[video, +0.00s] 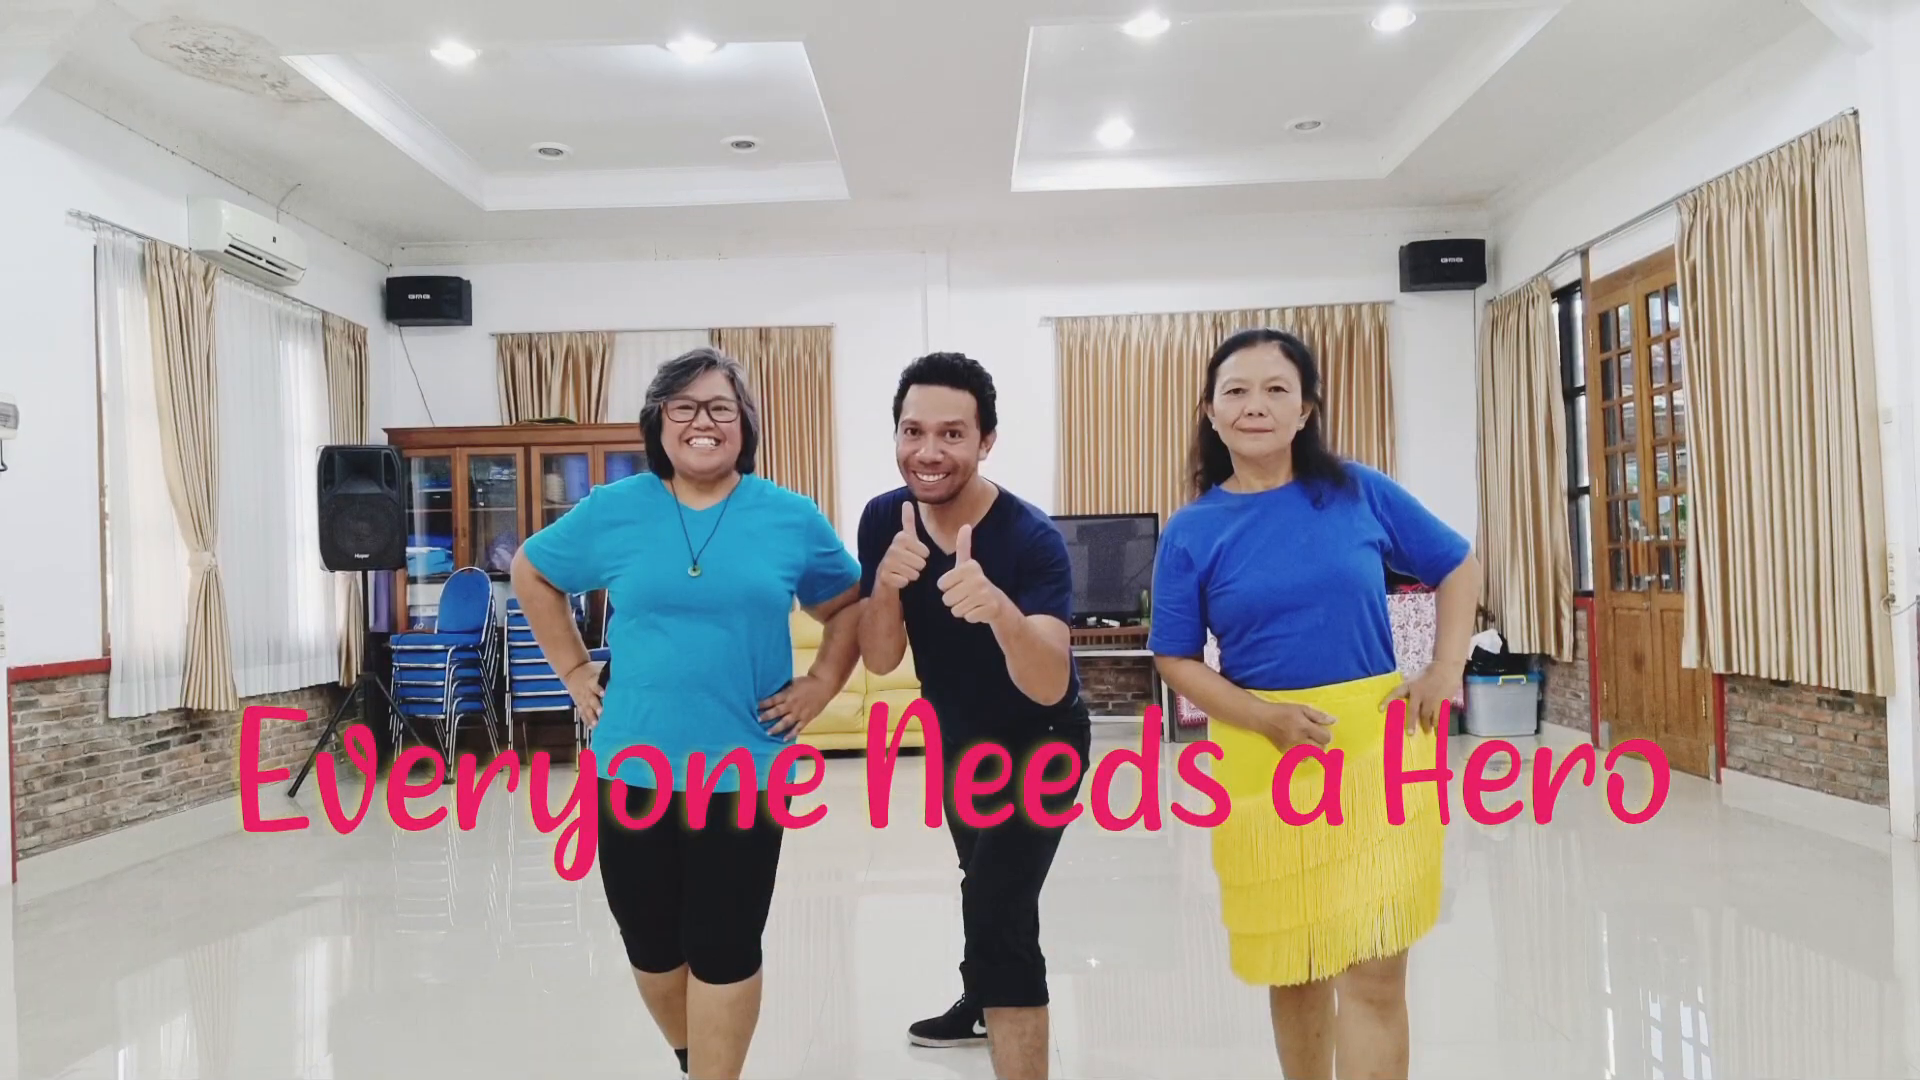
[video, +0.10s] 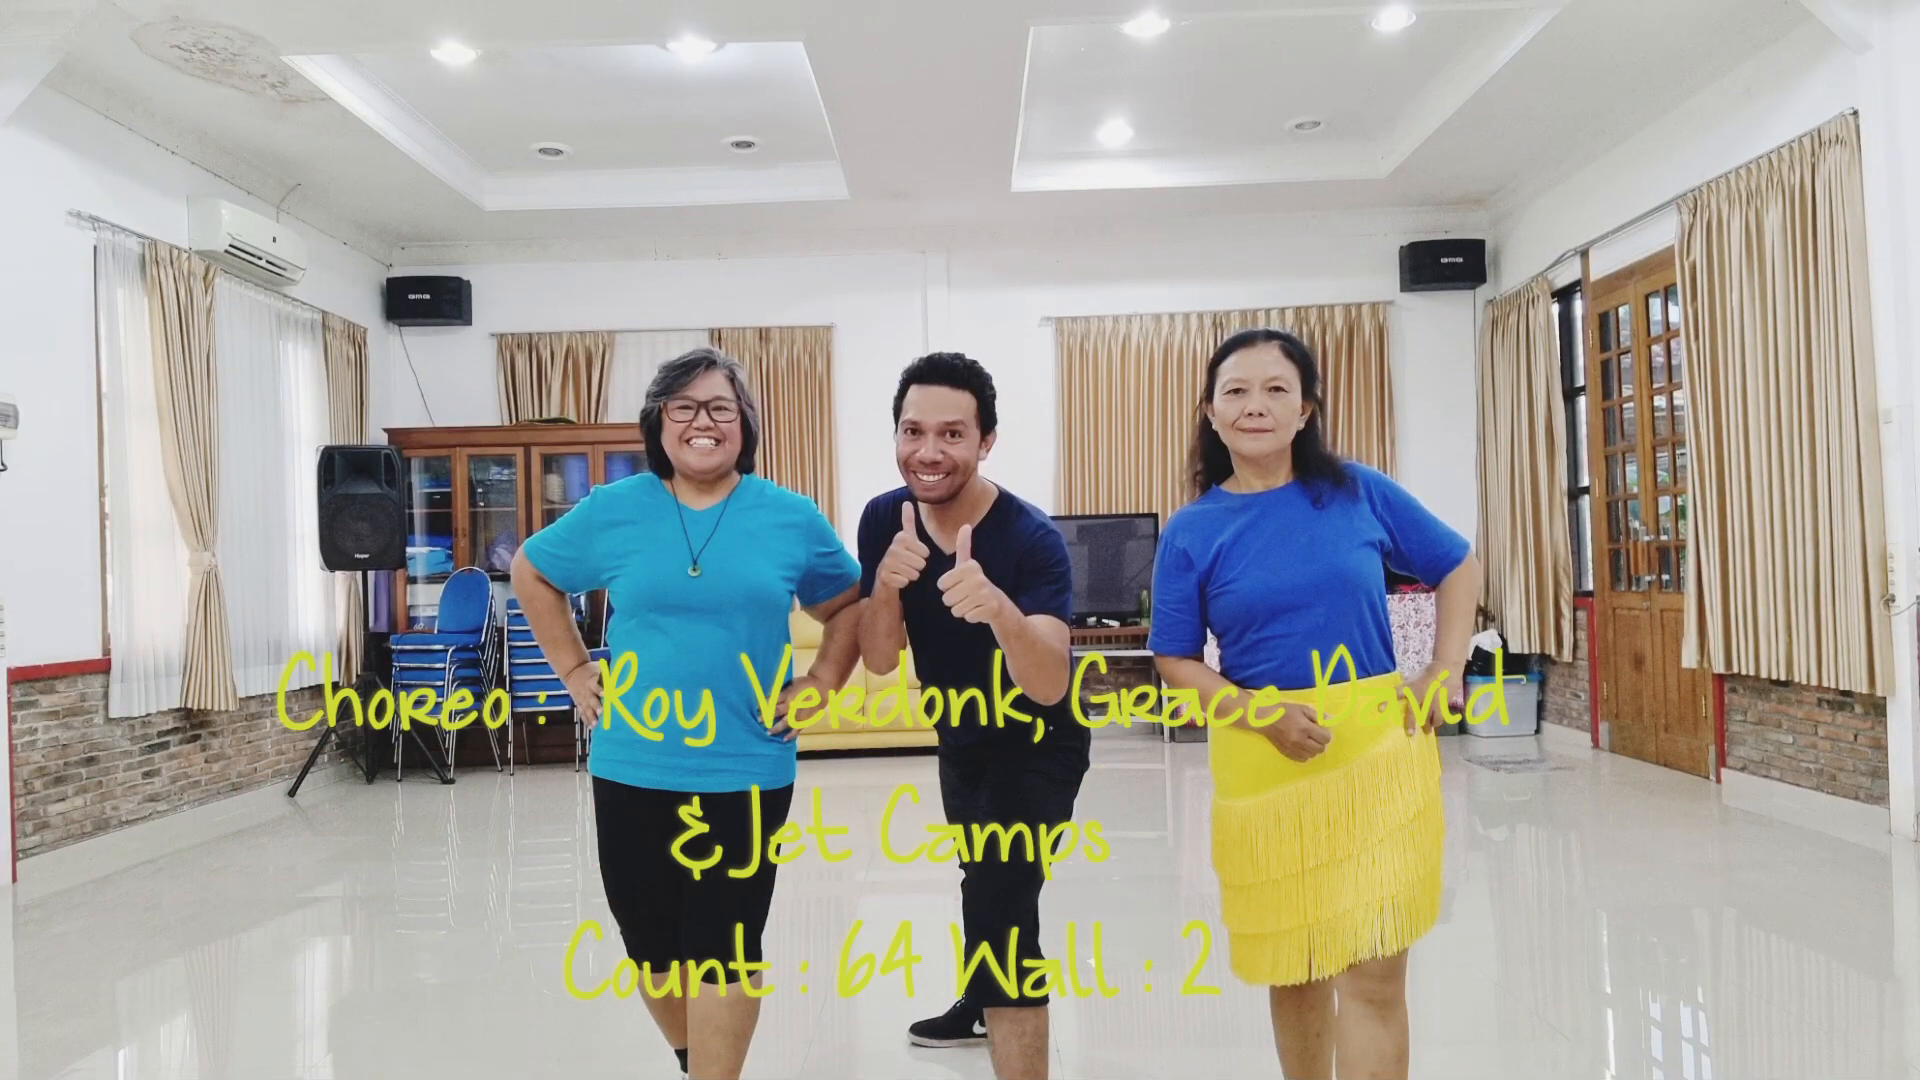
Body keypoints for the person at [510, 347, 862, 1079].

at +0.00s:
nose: (703, 421)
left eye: (720, 408)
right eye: (686, 408)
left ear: (746, 427)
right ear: (659, 425)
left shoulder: (790, 518)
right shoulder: (614, 510)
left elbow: (848, 608)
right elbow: (530, 570)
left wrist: (821, 683)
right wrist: (575, 670)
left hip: (743, 783)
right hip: (631, 779)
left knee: (724, 962)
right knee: (657, 961)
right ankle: (701, 1065)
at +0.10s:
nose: (703, 421)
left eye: (720, 409)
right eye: (686, 408)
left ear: (746, 427)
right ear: (659, 425)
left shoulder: (791, 518)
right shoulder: (614, 510)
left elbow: (848, 607)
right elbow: (530, 570)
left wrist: (822, 682)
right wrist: (573, 668)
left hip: (745, 775)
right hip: (632, 775)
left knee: (725, 960)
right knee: (656, 963)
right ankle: (704, 1066)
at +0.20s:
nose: (703, 421)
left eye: (720, 409)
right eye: (686, 408)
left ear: (746, 427)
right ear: (659, 425)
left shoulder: (791, 518)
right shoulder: (614, 510)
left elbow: (848, 607)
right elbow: (530, 570)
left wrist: (822, 682)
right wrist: (573, 668)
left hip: (745, 775)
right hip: (632, 775)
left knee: (725, 960)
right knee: (656, 963)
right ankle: (704, 1066)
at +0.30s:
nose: (703, 421)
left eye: (720, 409)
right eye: (686, 408)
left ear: (746, 427)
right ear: (659, 425)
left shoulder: (791, 518)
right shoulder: (614, 510)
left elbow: (848, 607)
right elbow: (530, 570)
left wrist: (822, 682)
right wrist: (573, 668)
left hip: (745, 775)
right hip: (632, 775)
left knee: (725, 960)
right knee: (656, 963)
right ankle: (704, 1066)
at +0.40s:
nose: (703, 421)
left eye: (720, 409)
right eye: (686, 408)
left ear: (746, 427)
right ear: (659, 425)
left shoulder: (791, 518)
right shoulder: (614, 510)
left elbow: (848, 607)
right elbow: (530, 570)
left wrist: (822, 682)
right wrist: (573, 668)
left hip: (745, 775)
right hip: (632, 774)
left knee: (725, 960)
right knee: (656, 963)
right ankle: (704, 1066)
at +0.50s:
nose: (703, 421)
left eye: (720, 409)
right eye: (686, 408)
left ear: (746, 427)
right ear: (659, 425)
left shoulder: (791, 518)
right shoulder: (614, 510)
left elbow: (848, 607)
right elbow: (530, 570)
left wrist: (822, 682)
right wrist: (573, 668)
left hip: (745, 775)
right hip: (632, 774)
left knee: (725, 960)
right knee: (656, 963)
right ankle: (704, 1066)